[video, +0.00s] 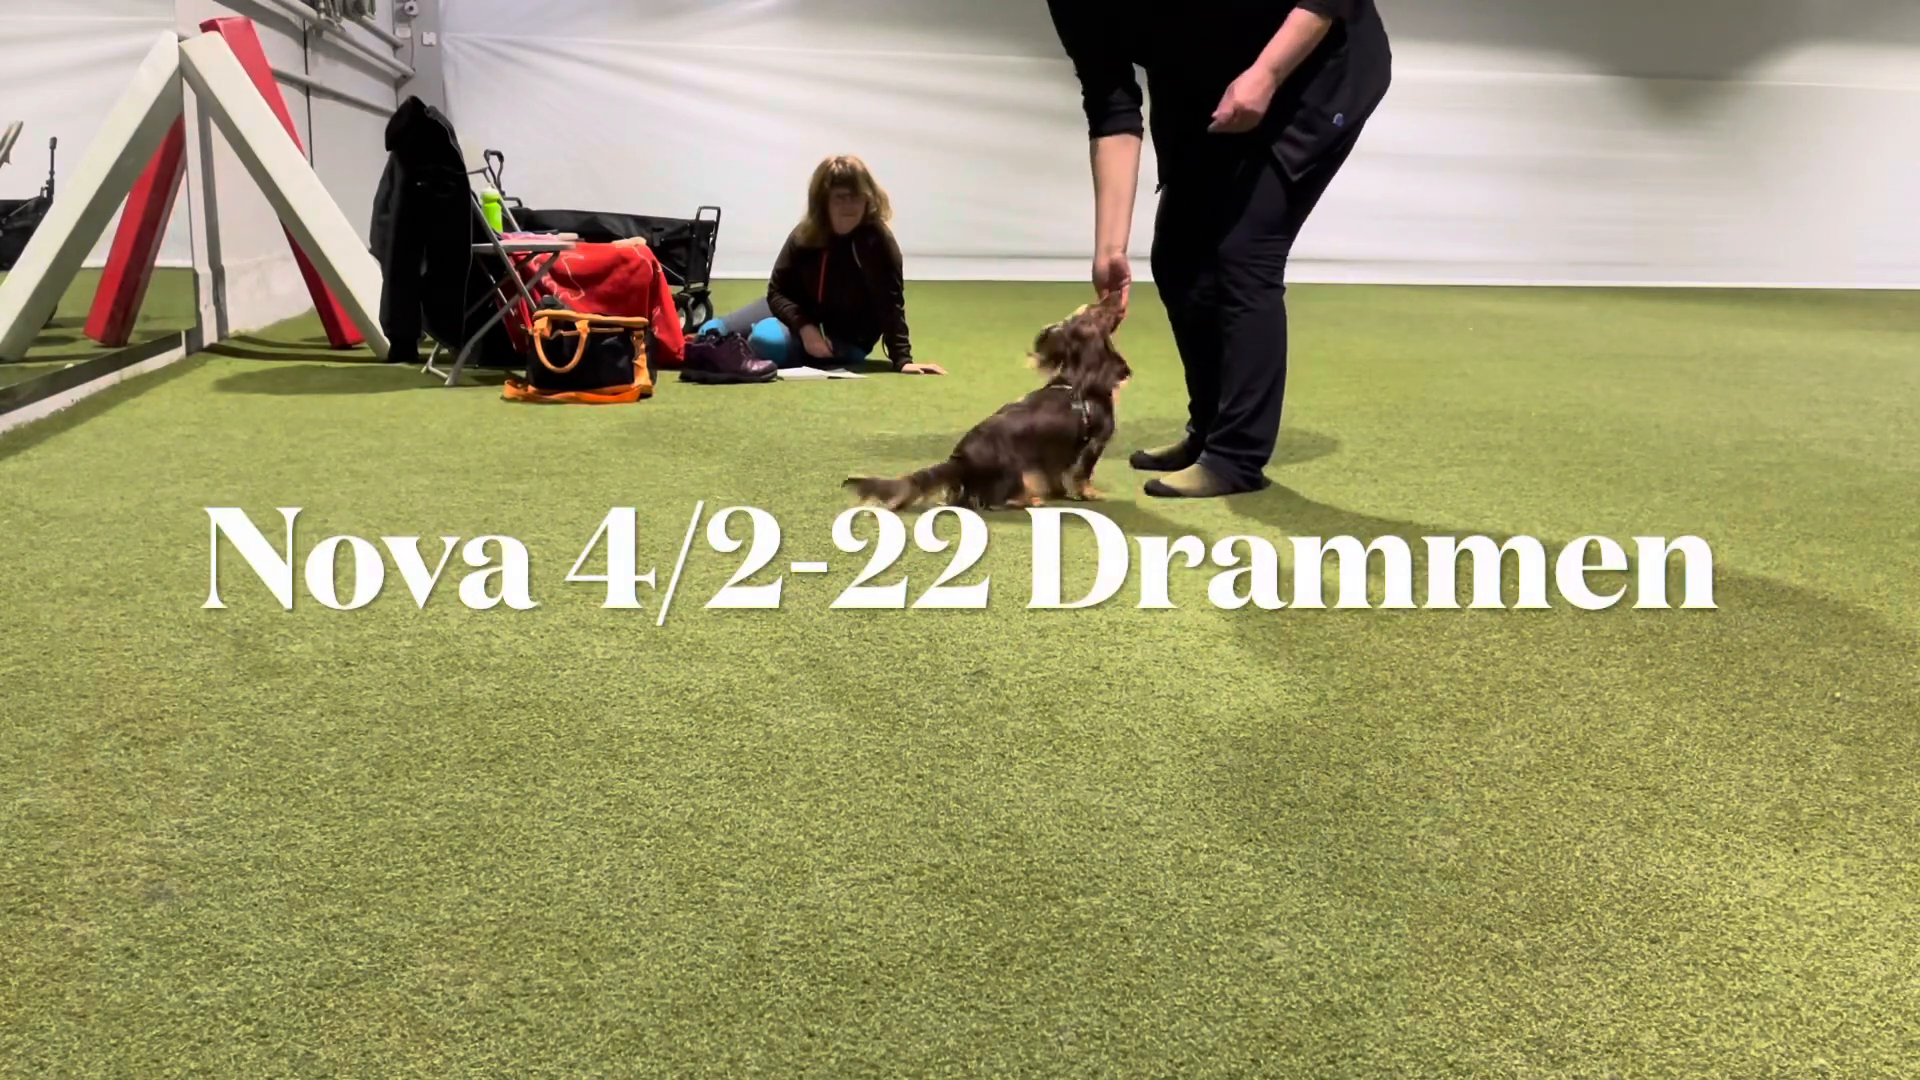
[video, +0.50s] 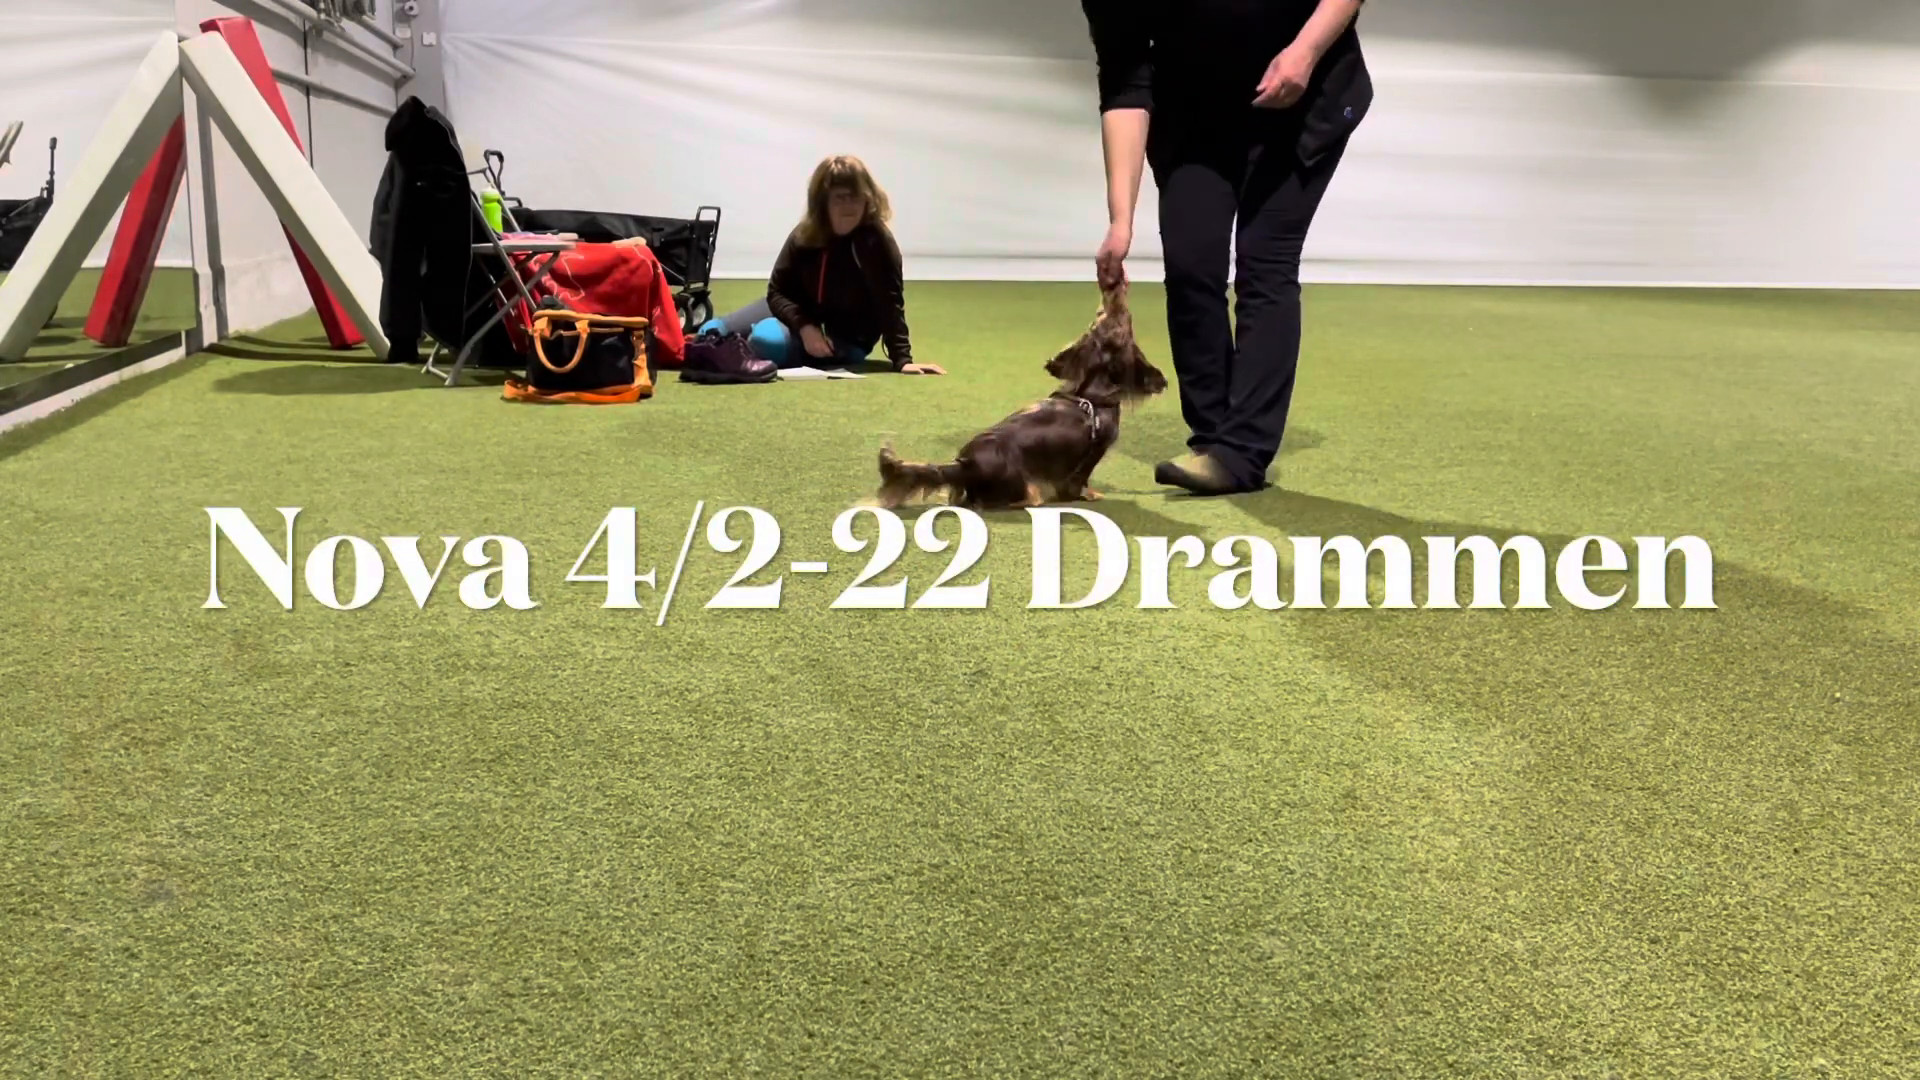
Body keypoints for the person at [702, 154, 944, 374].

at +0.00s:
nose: (848, 204)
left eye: (856, 195)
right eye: (839, 196)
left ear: (868, 200)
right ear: (823, 200)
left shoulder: (878, 242)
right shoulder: (805, 236)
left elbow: (891, 302)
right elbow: (778, 292)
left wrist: (902, 360)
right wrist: (805, 327)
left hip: (841, 338)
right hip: (794, 313)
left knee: (764, 337)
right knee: (714, 331)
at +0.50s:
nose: (848, 204)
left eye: (855, 195)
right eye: (839, 196)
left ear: (867, 200)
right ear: (822, 201)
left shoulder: (877, 242)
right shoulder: (804, 237)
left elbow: (891, 302)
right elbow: (778, 292)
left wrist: (902, 360)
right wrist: (804, 327)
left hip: (841, 338)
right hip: (794, 313)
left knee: (764, 337)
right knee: (713, 331)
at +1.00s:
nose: (848, 205)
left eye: (855, 196)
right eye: (839, 197)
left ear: (867, 200)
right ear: (822, 201)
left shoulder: (878, 242)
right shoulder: (804, 237)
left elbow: (891, 302)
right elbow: (777, 293)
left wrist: (903, 361)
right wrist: (804, 327)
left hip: (841, 338)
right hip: (794, 313)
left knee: (764, 338)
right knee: (712, 332)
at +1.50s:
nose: (848, 205)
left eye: (855, 196)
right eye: (839, 197)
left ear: (866, 201)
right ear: (822, 201)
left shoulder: (878, 243)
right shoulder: (804, 237)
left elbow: (891, 302)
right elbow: (778, 293)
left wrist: (902, 360)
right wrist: (804, 327)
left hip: (840, 338)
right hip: (793, 313)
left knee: (764, 338)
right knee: (712, 332)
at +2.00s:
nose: (847, 205)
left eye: (855, 196)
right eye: (838, 197)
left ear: (866, 200)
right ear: (822, 201)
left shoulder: (878, 243)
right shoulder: (804, 237)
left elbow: (891, 302)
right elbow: (777, 293)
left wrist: (902, 360)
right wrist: (804, 327)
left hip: (840, 338)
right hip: (794, 313)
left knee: (764, 337)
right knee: (714, 331)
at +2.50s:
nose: (847, 205)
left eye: (855, 196)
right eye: (838, 197)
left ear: (867, 200)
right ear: (822, 202)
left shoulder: (878, 242)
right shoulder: (804, 237)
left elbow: (891, 302)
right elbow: (777, 293)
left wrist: (903, 360)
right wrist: (804, 327)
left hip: (841, 338)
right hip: (794, 313)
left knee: (763, 337)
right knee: (715, 331)